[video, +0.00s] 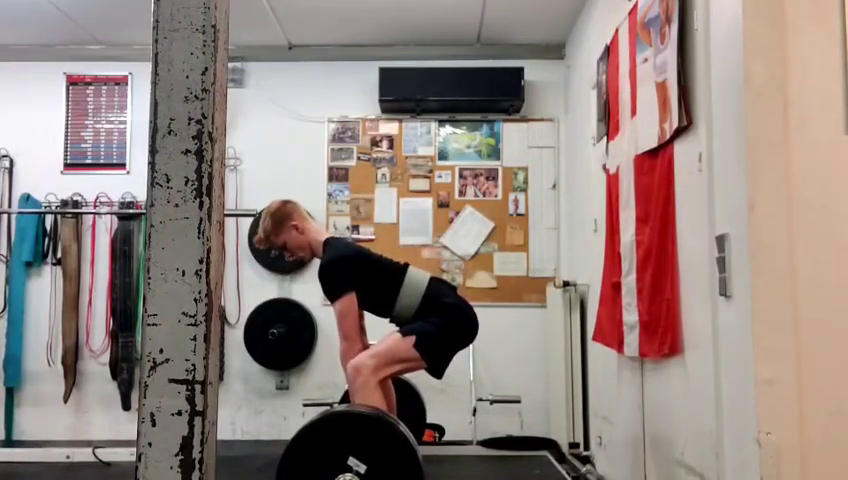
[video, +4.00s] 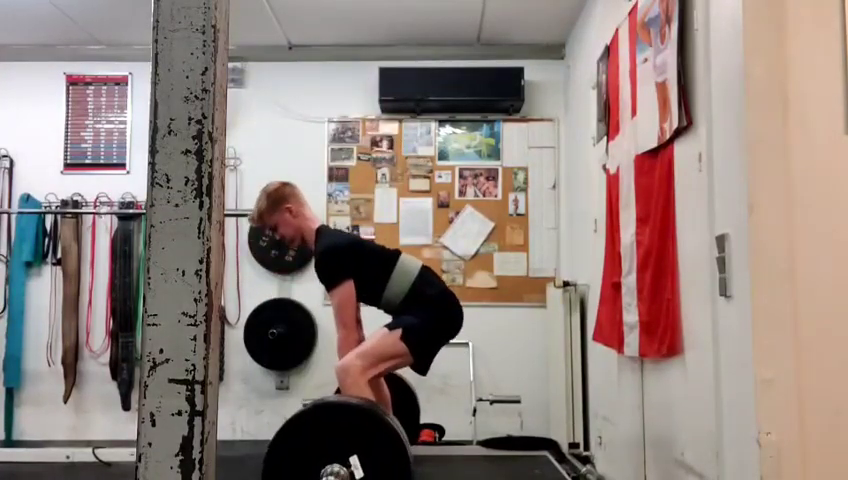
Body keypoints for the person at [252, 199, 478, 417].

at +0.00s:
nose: (288, 256)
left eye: (284, 248)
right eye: (282, 252)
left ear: (296, 228)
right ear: (300, 226)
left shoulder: (334, 263)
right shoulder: (340, 253)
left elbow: (352, 346)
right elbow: (359, 343)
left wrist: (354, 399)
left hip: (448, 318)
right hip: (446, 316)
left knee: (359, 368)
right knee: (370, 368)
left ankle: (371, 452)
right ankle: (388, 450)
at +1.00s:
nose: (296, 195)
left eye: (295, 185)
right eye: (291, 189)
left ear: (311, 170)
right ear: (313, 170)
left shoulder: (344, 213)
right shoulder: (347, 206)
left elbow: (361, 294)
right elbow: (366, 291)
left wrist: (363, 355)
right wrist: (370, 349)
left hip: (441, 289)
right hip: (436, 287)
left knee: (380, 366)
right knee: (382, 365)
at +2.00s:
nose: (294, 167)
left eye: (292, 157)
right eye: (289, 160)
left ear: (309, 145)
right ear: (312, 147)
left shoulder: (341, 181)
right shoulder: (343, 180)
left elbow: (354, 261)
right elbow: (355, 261)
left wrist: (351, 326)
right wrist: (352, 325)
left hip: (428, 275)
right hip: (421, 274)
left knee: (387, 365)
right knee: (387, 364)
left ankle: (381, 473)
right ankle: (386, 467)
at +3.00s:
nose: (286, 272)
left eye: (278, 266)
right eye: (278, 269)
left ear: (282, 247)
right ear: (285, 240)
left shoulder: (326, 268)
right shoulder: (331, 256)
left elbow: (348, 346)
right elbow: (354, 343)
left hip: (439, 327)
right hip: (440, 323)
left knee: (350, 369)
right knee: (362, 367)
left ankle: (370, 451)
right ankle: (387, 447)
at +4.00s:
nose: (277, 237)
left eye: (275, 227)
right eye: (272, 231)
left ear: (292, 210)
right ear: (293, 209)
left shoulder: (330, 251)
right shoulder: (332, 245)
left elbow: (348, 333)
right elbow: (354, 331)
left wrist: (346, 401)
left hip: (435, 312)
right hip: (431, 310)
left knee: (349, 369)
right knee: (366, 369)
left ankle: (373, 451)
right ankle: (387, 445)